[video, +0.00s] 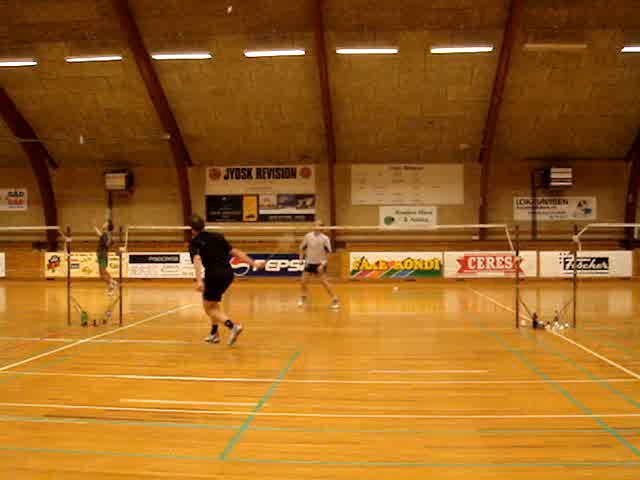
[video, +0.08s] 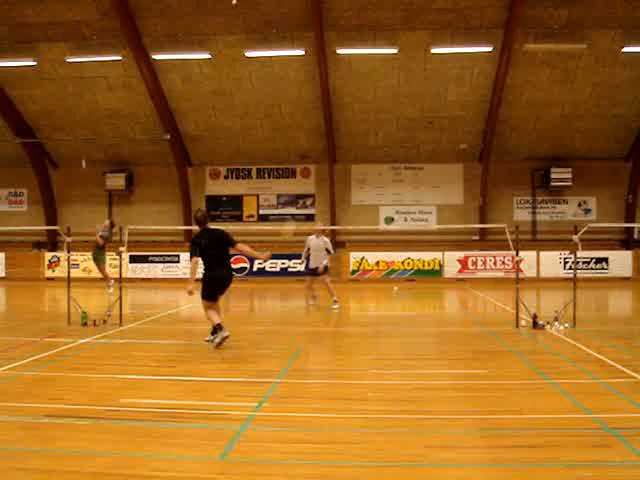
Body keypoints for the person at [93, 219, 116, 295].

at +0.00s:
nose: (103, 225)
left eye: (105, 224)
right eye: (104, 223)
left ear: (108, 227)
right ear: (106, 226)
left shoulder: (107, 235)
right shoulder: (104, 234)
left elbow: (99, 233)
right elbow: (98, 232)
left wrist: (94, 227)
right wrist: (94, 226)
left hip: (103, 255)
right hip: (100, 254)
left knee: (103, 273)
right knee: (103, 272)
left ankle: (112, 284)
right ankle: (111, 283)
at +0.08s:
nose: (103, 225)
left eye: (106, 225)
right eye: (104, 224)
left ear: (108, 227)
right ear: (105, 225)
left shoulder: (106, 234)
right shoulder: (103, 232)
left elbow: (101, 242)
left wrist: (97, 236)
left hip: (101, 254)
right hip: (97, 253)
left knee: (103, 270)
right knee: (101, 270)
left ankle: (110, 281)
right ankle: (108, 281)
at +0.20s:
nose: (103, 228)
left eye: (105, 228)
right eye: (103, 227)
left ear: (107, 231)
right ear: (102, 228)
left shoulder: (105, 239)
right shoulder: (98, 236)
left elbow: (99, 248)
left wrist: (96, 240)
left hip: (100, 255)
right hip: (94, 254)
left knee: (100, 272)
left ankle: (107, 286)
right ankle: (104, 282)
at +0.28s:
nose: (99, 233)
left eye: (102, 232)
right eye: (99, 231)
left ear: (104, 234)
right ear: (98, 233)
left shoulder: (103, 242)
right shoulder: (95, 239)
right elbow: (87, 247)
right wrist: (86, 240)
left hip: (100, 258)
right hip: (93, 256)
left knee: (99, 277)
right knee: (84, 270)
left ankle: (107, 287)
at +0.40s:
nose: (92, 234)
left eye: (94, 232)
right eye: (91, 232)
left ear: (97, 234)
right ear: (90, 233)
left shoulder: (98, 243)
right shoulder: (88, 242)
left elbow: (100, 254)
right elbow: (86, 253)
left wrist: (89, 252)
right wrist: (89, 262)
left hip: (96, 261)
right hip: (88, 259)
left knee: (99, 277)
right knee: (78, 272)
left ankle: (106, 288)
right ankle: (76, 288)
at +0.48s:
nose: (89, 234)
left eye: (91, 232)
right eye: (88, 232)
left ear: (94, 233)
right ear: (87, 233)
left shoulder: (96, 243)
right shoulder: (85, 241)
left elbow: (97, 255)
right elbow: (83, 252)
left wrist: (87, 252)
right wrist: (87, 262)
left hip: (94, 260)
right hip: (86, 259)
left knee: (98, 277)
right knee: (77, 273)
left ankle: (106, 288)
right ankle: (76, 289)